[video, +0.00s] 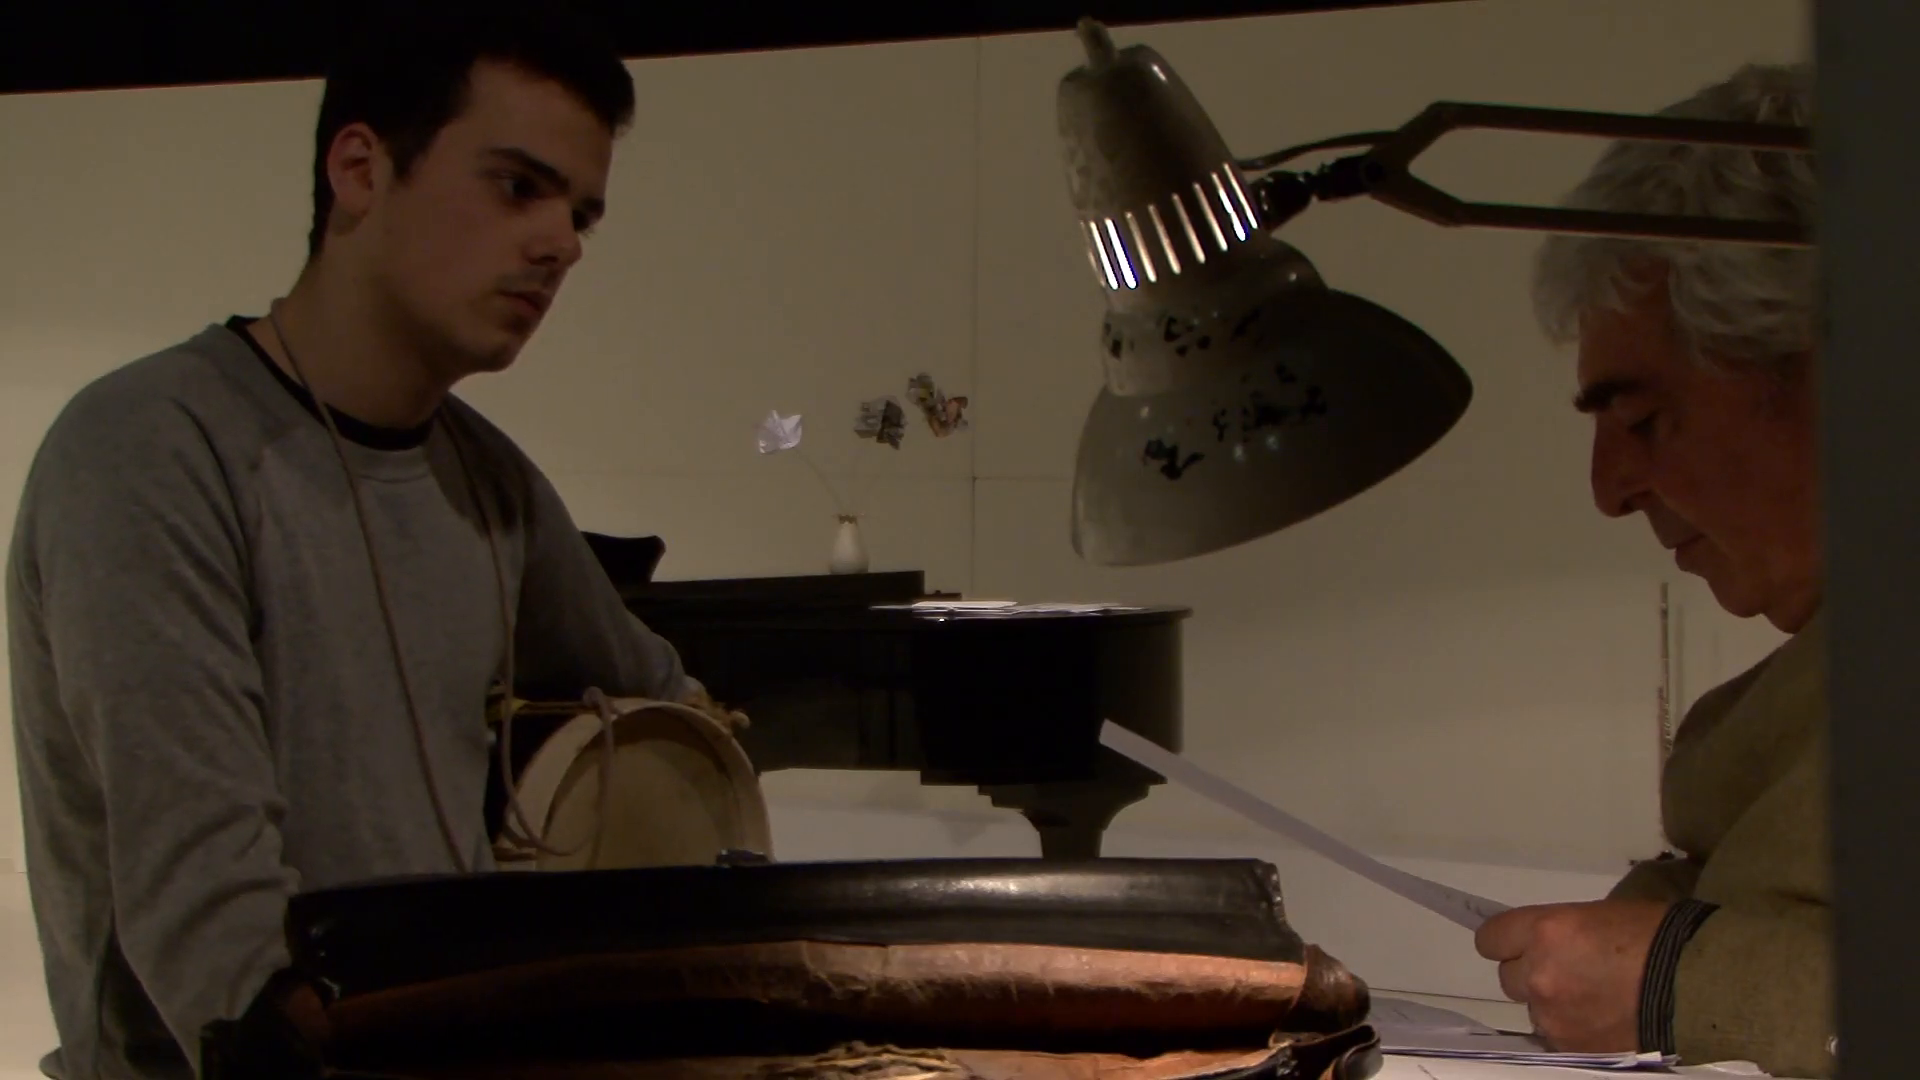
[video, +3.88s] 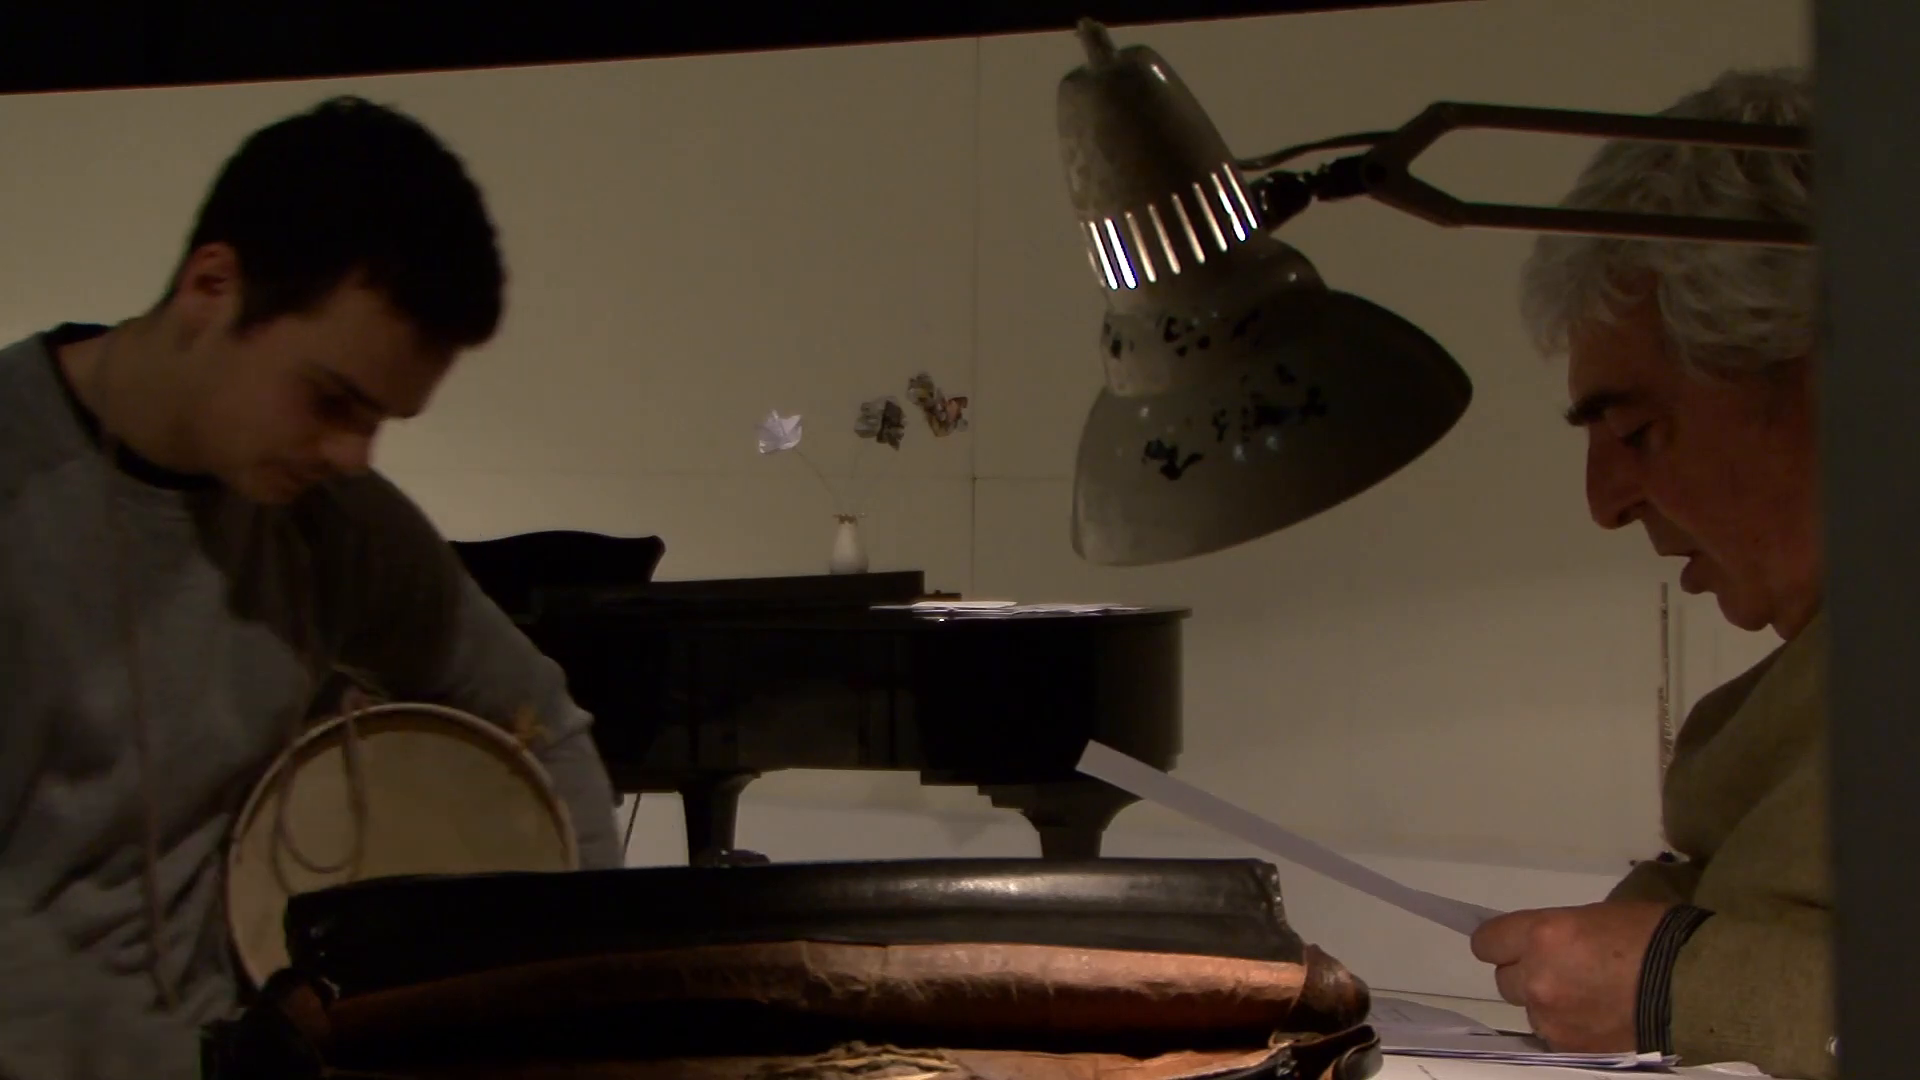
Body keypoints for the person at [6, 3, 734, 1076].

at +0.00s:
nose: (561, 246)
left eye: (581, 216)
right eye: (517, 185)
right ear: (359, 171)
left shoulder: (499, 487)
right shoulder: (138, 450)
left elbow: (666, 721)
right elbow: (205, 914)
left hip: (478, 1039)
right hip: (193, 1062)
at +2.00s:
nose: (505, 290)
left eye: (523, 253)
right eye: (464, 231)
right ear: (312, 202)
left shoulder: (428, 489)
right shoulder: (126, 434)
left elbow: (618, 697)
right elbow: (320, 838)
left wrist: (746, 910)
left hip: (347, 1040)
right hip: (119, 1058)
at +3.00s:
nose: (523, 338)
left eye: (549, 301)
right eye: (493, 279)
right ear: (349, 224)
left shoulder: (459, 494)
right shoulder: (110, 445)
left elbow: (669, 719)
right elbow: (222, 898)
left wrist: (724, 947)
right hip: (89, 1045)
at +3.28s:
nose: (517, 427)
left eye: (542, 394)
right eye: (499, 369)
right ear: (374, 265)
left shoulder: (478, 519)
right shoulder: (90, 444)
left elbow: (677, 735)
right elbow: (80, 872)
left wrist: (715, 953)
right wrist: (317, 1041)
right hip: (56, 1036)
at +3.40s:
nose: (520, 431)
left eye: (544, 397)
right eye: (502, 371)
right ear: (377, 268)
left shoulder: (467, 523)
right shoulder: (86, 442)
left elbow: (665, 745)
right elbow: (88, 872)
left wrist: (689, 966)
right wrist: (326, 1044)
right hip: (48, 1042)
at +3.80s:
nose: (409, 454)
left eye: (438, 420)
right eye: (393, 398)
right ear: (270, 283)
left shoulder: (385, 514)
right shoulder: (18, 450)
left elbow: (574, 736)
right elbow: (9, 859)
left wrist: (627, 960)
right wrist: (258, 1028)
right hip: (32, 1028)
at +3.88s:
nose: (354, 459)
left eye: (382, 423)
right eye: (333, 401)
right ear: (210, 287)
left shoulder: (346, 521)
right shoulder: (15, 468)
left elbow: (539, 730)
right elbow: (12, 932)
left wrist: (573, 972)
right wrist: (191, 1062)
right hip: (44, 1041)